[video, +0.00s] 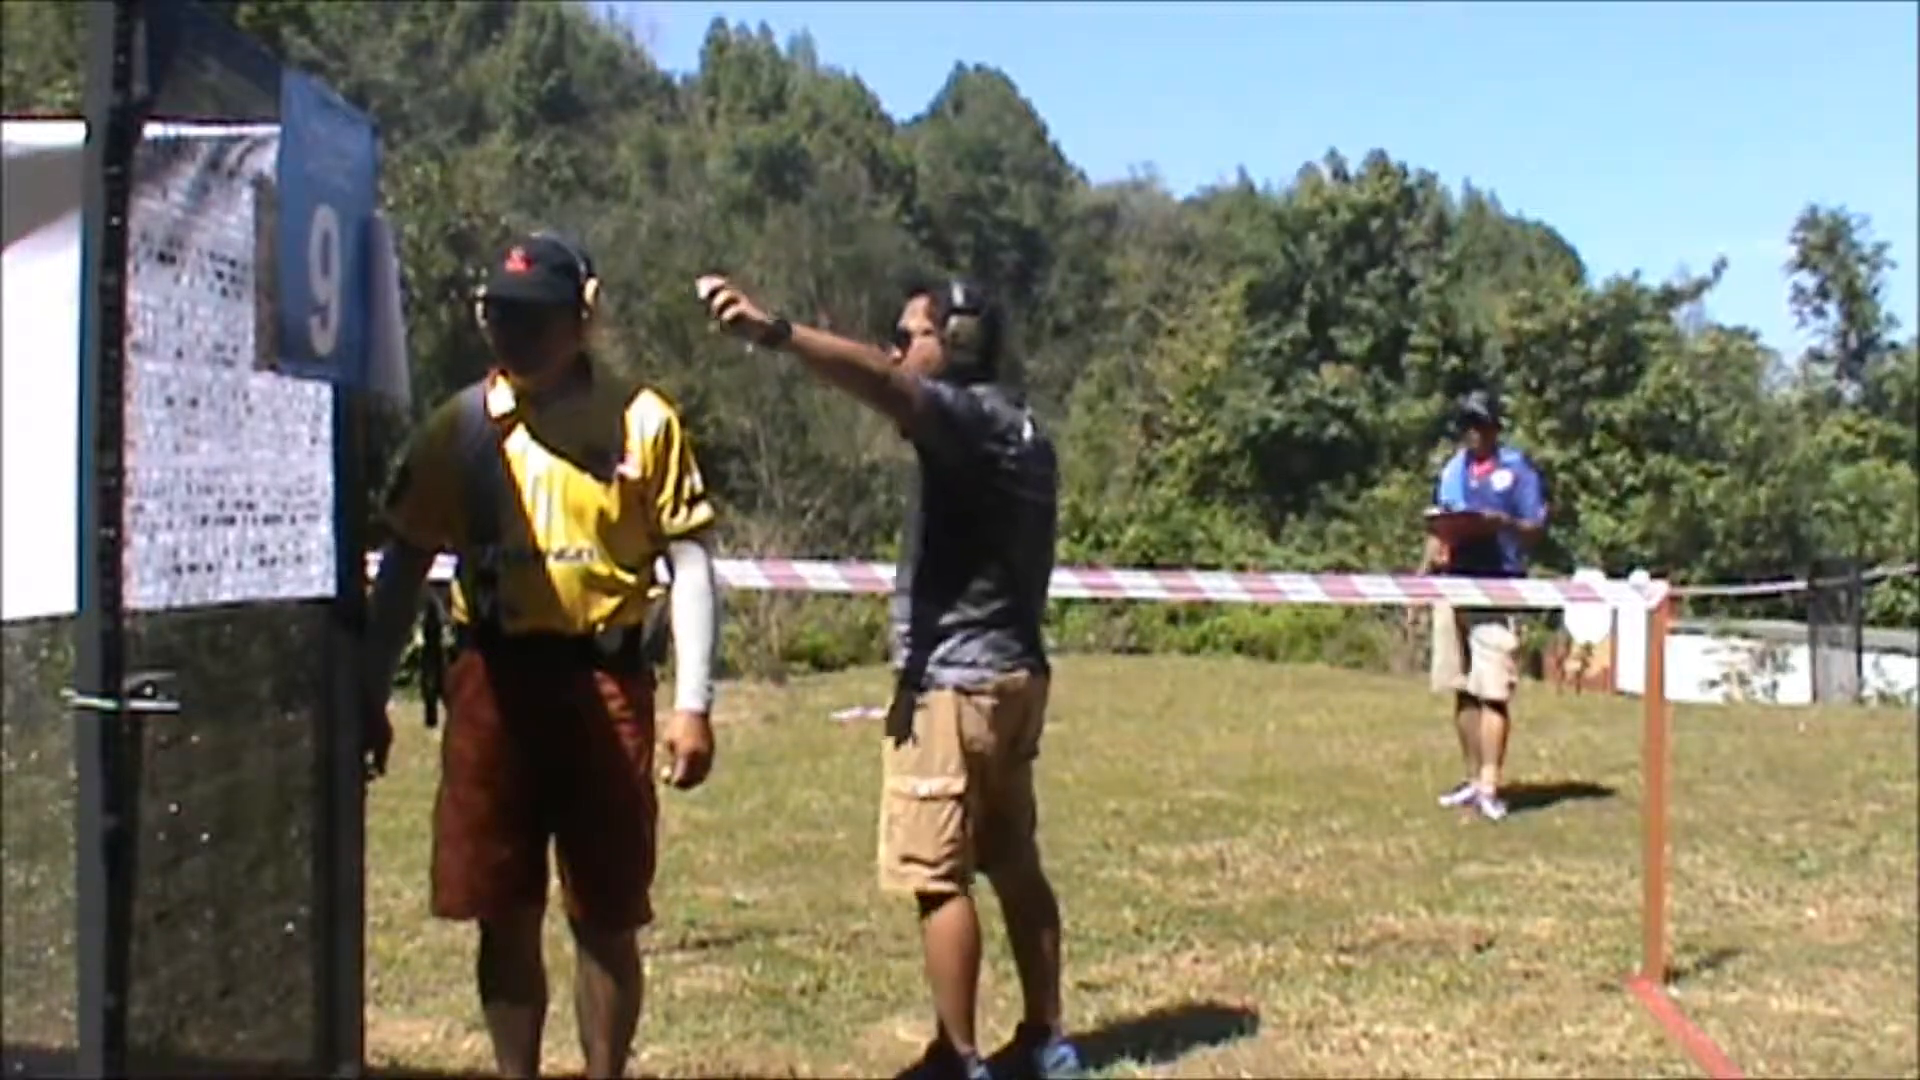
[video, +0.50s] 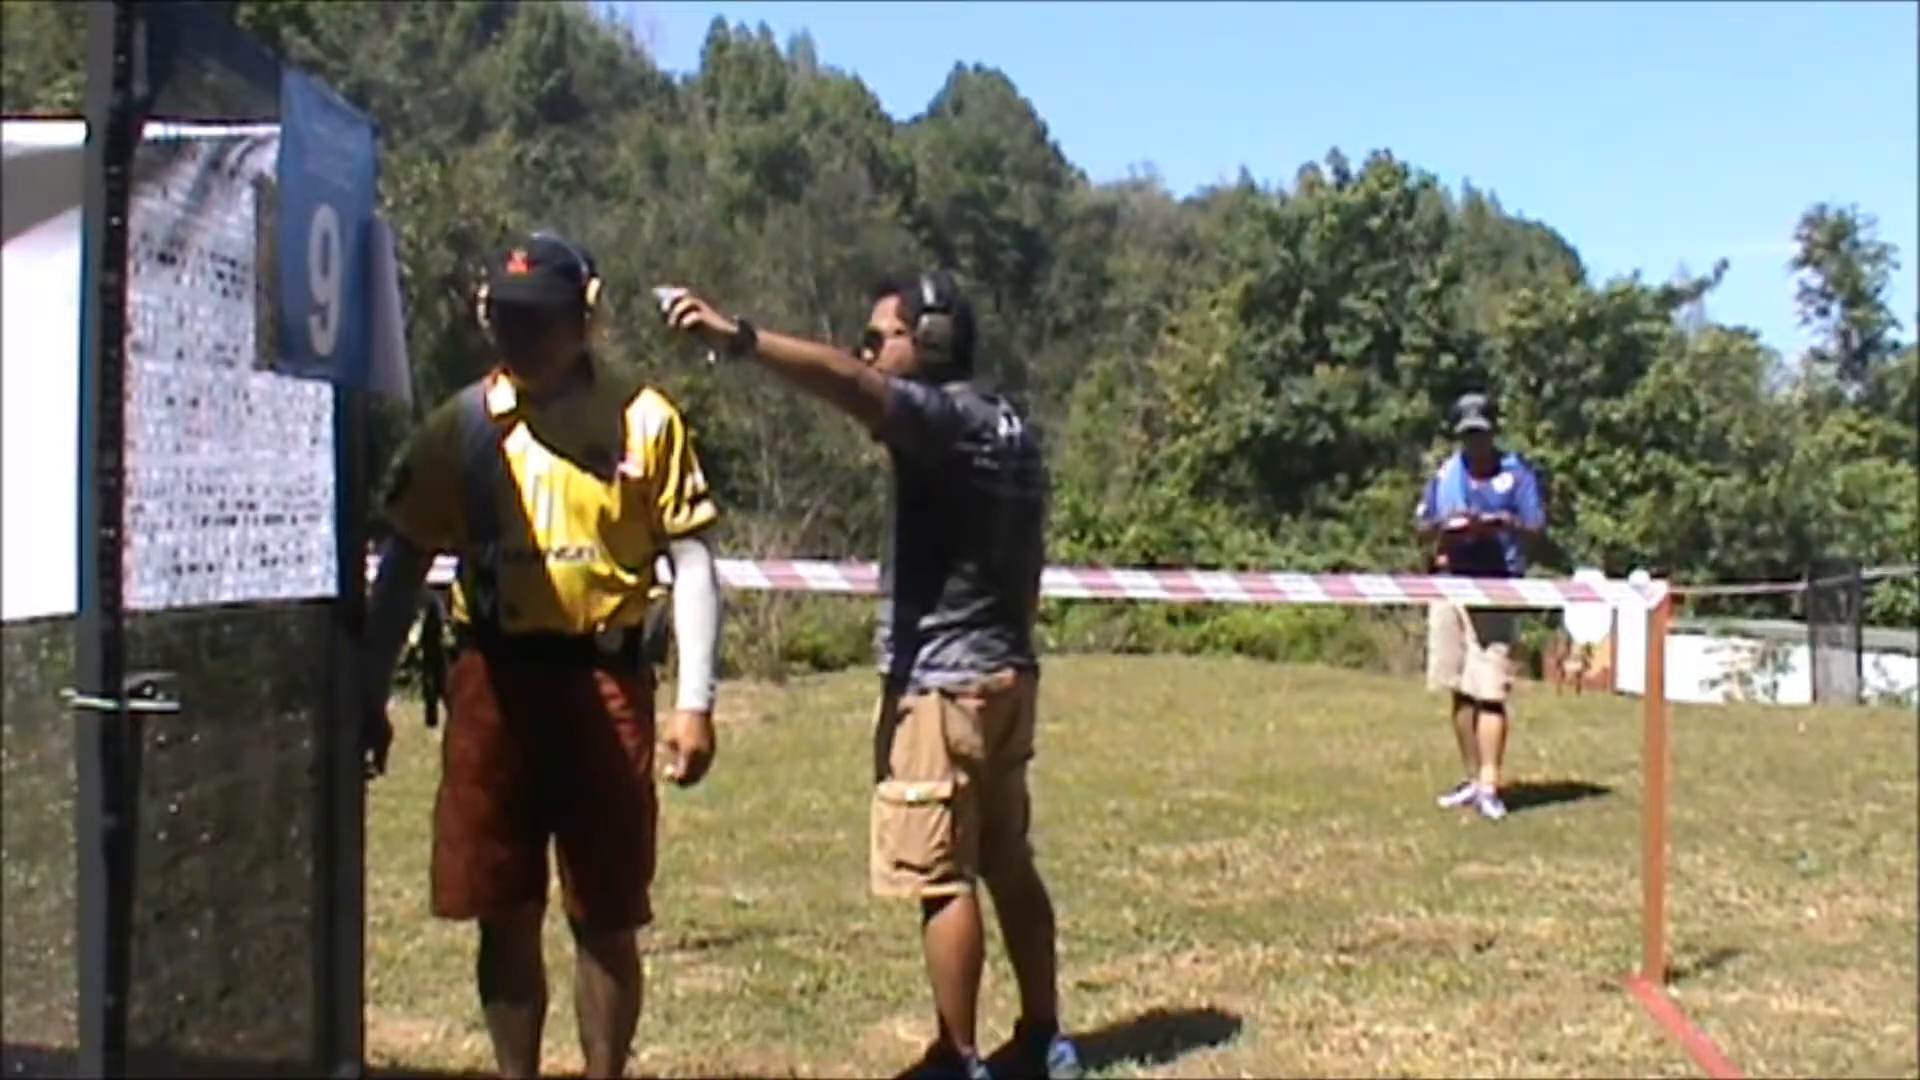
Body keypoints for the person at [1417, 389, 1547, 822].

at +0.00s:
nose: (1474, 434)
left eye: (1481, 426)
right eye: (1468, 426)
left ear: (1496, 428)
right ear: (1461, 429)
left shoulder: (1519, 470)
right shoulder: (1452, 471)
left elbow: (1535, 529)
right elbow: (1439, 524)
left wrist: (1498, 521)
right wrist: (1445, 529)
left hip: (1499, 587)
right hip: (1454, 586)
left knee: (1494, 689)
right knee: (1463, 688)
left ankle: (1490, 784)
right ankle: (1472, 775)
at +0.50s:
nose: (1475, 442)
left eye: (1482, 434)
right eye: (1468, 435)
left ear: (1494, 434)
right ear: (1458, 437)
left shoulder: (1517, 474)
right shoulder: (1446, 473)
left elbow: (1537, 534)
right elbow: (1423, 525)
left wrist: (1504, 522)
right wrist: (1452, 525)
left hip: (1497, 588)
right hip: (1451, 587)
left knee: (1491, 691)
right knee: (1460, 690)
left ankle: (1490, 783)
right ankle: (1472, 776)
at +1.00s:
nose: (1481, 442)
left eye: (1487, 433)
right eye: (1473, 435)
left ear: (1498, 434)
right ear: (1461, 436)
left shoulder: (1518, 477)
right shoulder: (1447, 473)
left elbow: (1536, 535)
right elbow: (1415, 519)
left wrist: (1506, 525)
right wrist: (1445, 526)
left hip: (1495, 589)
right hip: (1450, 588)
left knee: (1491, 690)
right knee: (1459, 689)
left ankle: (1489, 782)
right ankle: (1472, 775)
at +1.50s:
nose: (1482, 443)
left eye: (1488, 435)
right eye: (1474, 436)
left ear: (1501, 436)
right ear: (1463, 437)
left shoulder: (1520, 479)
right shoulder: (1447, 474)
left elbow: (1537, 535)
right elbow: (1415, 512)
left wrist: (1506, 526)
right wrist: (1444, 522)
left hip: (1494, 589)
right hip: (1450, 588)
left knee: (1490, 690)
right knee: (1459, 689)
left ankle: (1489, 783)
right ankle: (1471, 776)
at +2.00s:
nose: (1481, 443)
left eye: (1487, 435)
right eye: (1474, 436)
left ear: (1499, 436)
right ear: (1464, 437)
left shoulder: (1519, 477)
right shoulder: (1450, 472)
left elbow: (1539, 538)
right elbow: (1417, 514)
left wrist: (1508, 526)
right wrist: (1448, 520)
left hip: (1495, 589)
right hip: (1450, 588)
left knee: (1490, 691)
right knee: (1459, 690)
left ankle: (1489, 782)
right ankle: (1471, 776)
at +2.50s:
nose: (1479, 444)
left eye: (1486, 435)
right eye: (1472, 436)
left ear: (1498, 436)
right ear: (1463, 439)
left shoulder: (1520, 479)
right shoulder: (1448, 472)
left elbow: (1540, 538)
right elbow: (1415, 515)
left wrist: (1508, 526)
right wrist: (1447, 520)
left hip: (1495, 589)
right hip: (1450, 588)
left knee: (1490, 690)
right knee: (1459, 689)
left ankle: (1489, 783)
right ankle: (1471, 776)